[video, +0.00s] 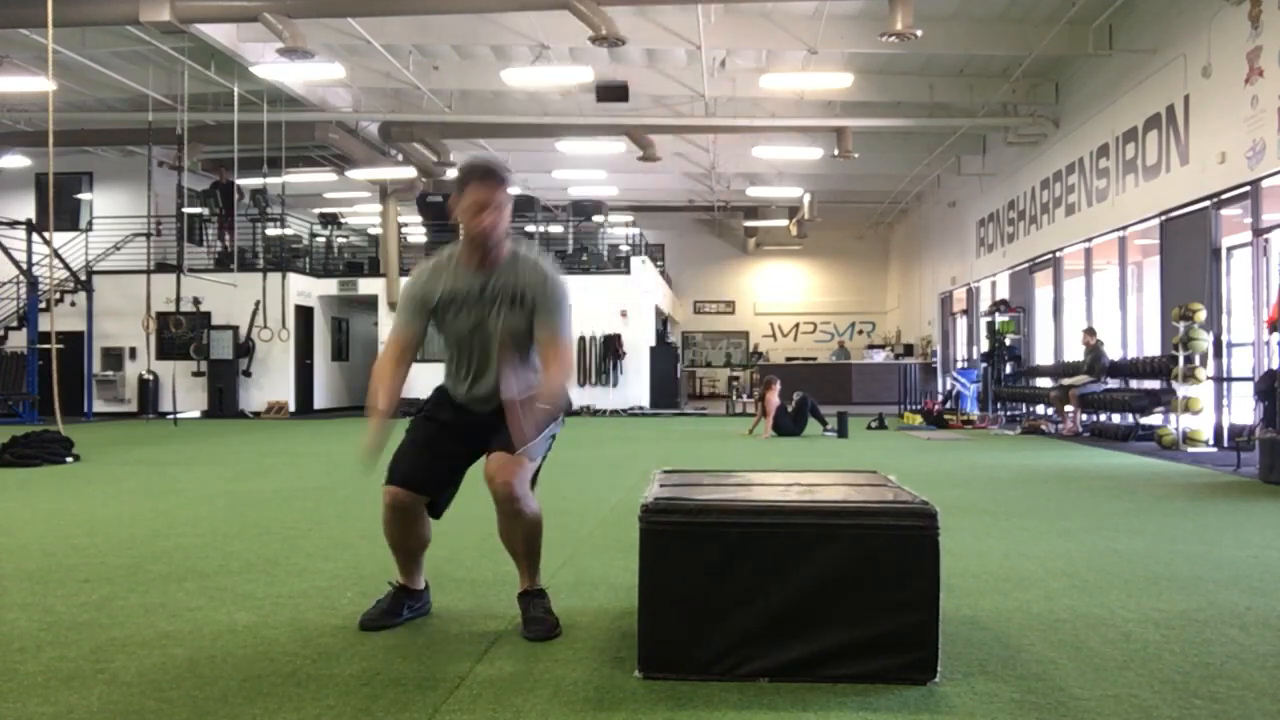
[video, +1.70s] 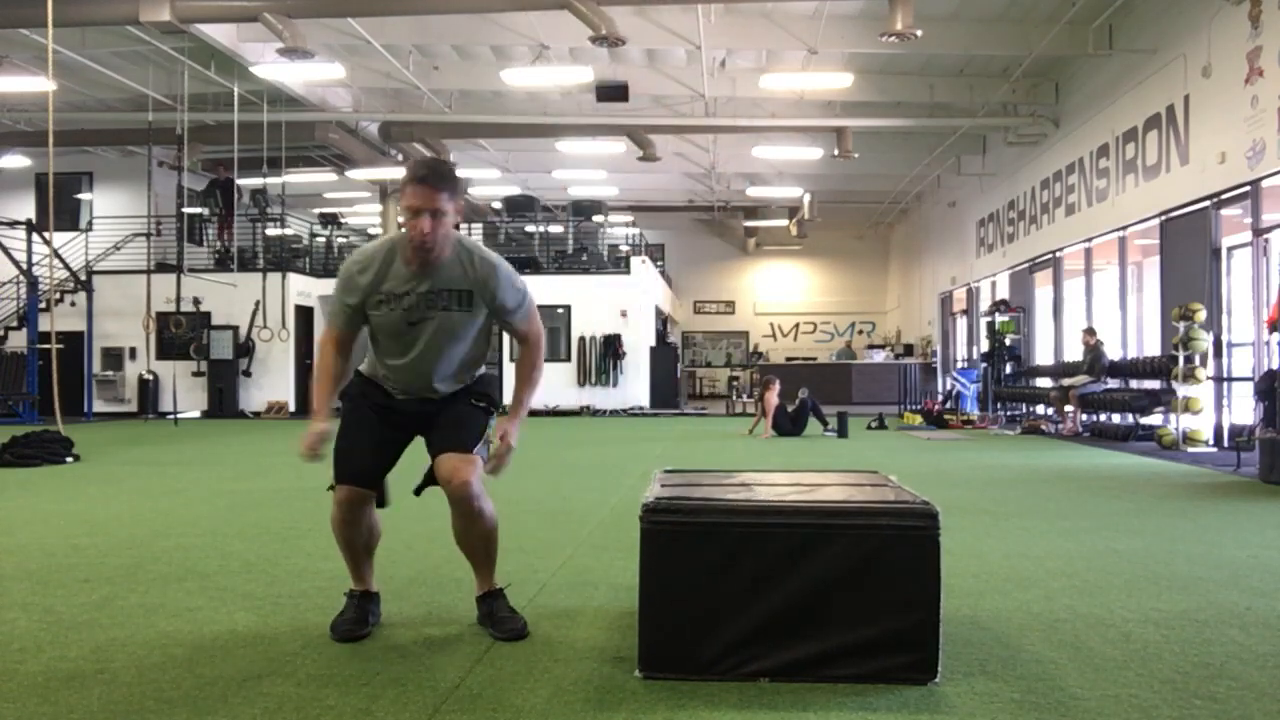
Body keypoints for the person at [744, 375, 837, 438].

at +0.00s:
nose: (779, 387)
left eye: (779, 384)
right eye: (778, 385)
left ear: (767, 385)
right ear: (773, 385)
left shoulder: (764, 396)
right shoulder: (772, 396)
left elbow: (759, 415)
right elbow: (769, 416)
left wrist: (750, 430)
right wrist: (767, 433)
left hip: (784, 430)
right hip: (792, 430)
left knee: (803, 398)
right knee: (806, 399)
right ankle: (826, 426)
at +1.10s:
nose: (779, 387)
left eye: (779, 385)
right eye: (778, 385)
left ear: (767, 385)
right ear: (773, 385)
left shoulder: (765, 396)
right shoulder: (772, 395)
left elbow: (759, 415)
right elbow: (770, 416)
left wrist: (750, 430)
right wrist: (767, 433)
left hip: (785, 430)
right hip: (792, 430)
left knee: (804, 398)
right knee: (806, 400)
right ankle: (826, 426)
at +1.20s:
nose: (779, 387)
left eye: (779, 385)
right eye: (778, 385)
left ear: (767, 385)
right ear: (773, 385)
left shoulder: (765, 396)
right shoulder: (772, 396)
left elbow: (759, 415)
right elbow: (770, 416)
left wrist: (750, 430)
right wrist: (767, 433)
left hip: (784, 430)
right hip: (792, 430)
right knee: (807, 400)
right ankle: (826, 426)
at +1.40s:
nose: (779, 387)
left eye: (779, 384)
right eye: (778, 385)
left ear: (767, 385)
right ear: (773, 385)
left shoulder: (765, 396)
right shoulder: (771, 396)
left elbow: (759, 415)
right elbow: (769, 416)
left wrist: (750, 430)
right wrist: (767, 433)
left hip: (784, 430)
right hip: (792, 431)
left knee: (782, 407)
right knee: (807, 400)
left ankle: (797, 402)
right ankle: (826, 426)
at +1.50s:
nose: (779, 387)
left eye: (778, 384)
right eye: (777, 384)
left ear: (767, 386)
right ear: (772, 385)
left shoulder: (765, 396)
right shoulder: (771, 396)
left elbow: (759, 415)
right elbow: (769, 415)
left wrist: (750, 430)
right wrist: (767, 433)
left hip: (785, 430)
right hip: (792, 431)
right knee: (807, 401)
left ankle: (798, 403)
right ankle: (826, 426)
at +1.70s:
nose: (779, 387)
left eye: (778, 384)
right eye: (777, 384)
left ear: (768, 386)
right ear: (771, 386)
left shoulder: (765, 396)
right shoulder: (771, 396)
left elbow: (759, 415)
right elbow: (769, 415)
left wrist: (750, 430)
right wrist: (767, 433)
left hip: (785, 430)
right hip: (792, 431)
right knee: (808, 401)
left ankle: (799, 403)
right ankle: (827, 426)